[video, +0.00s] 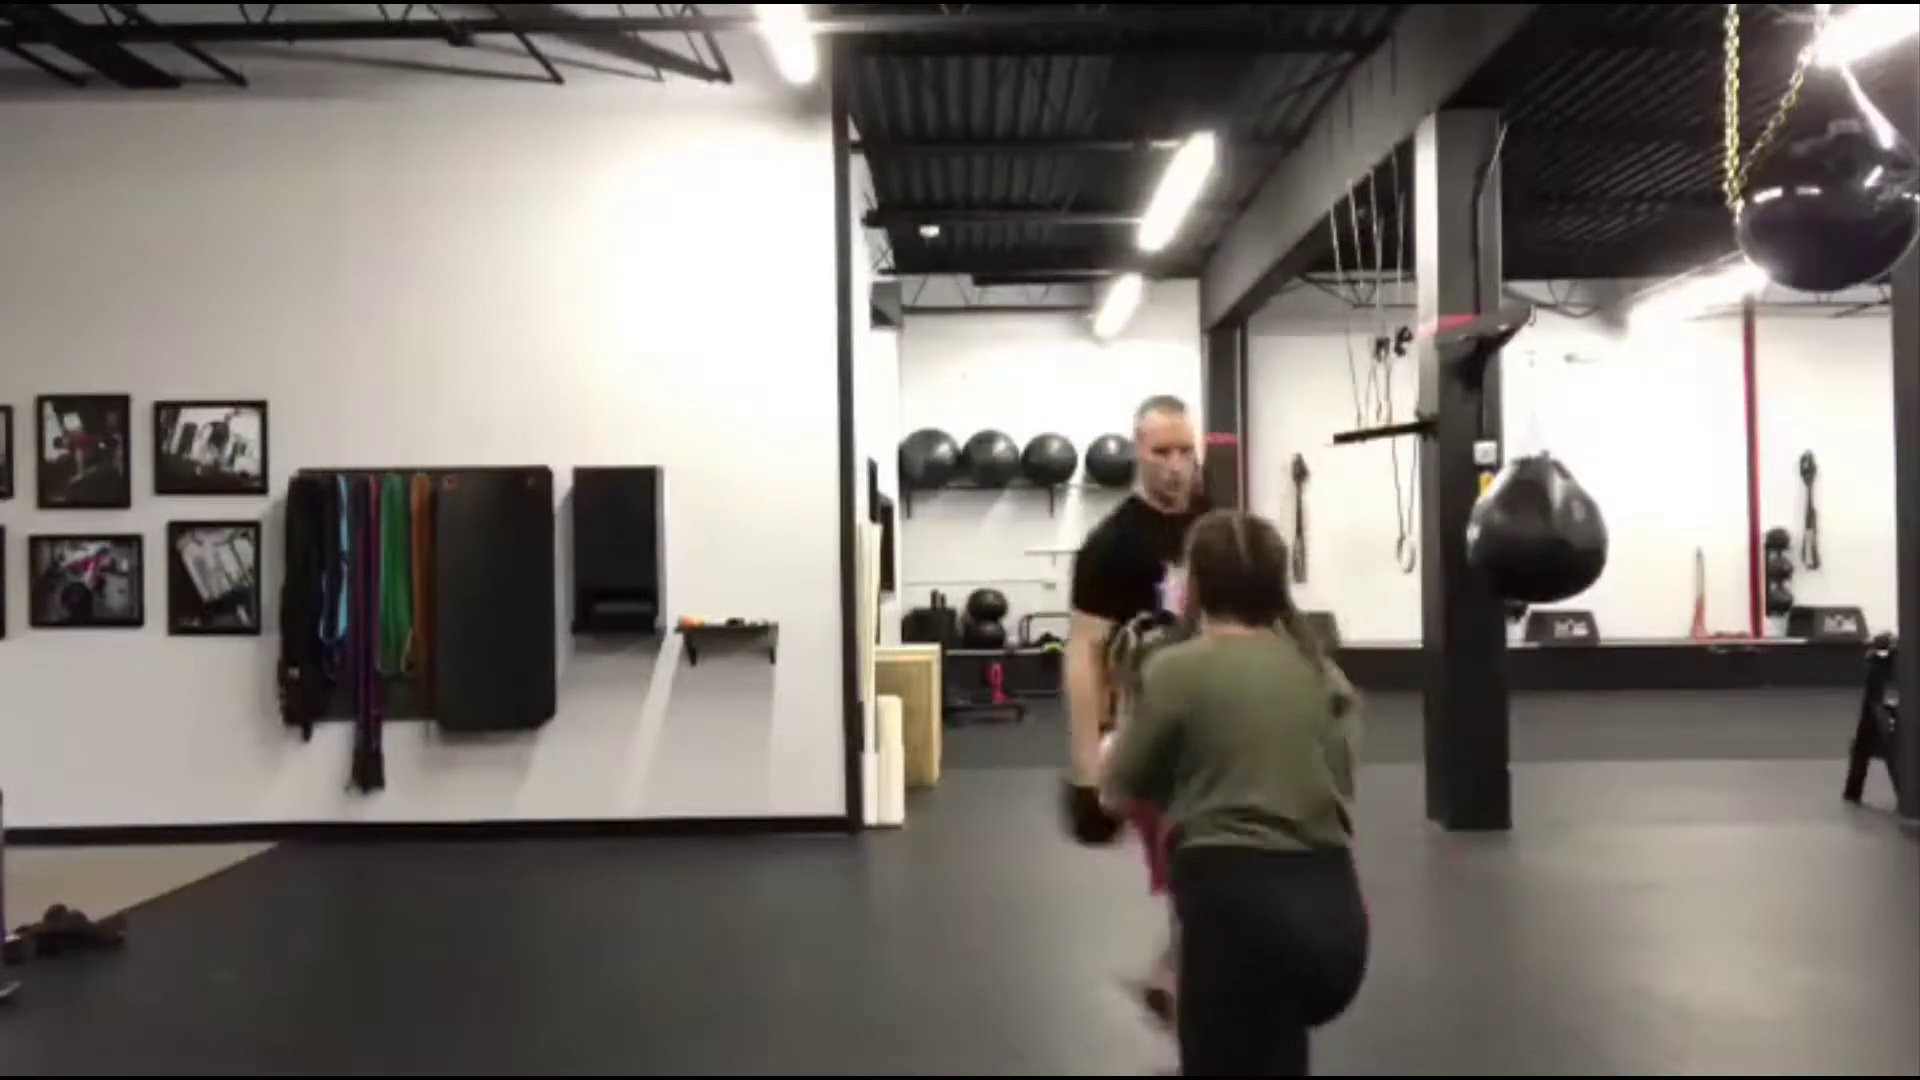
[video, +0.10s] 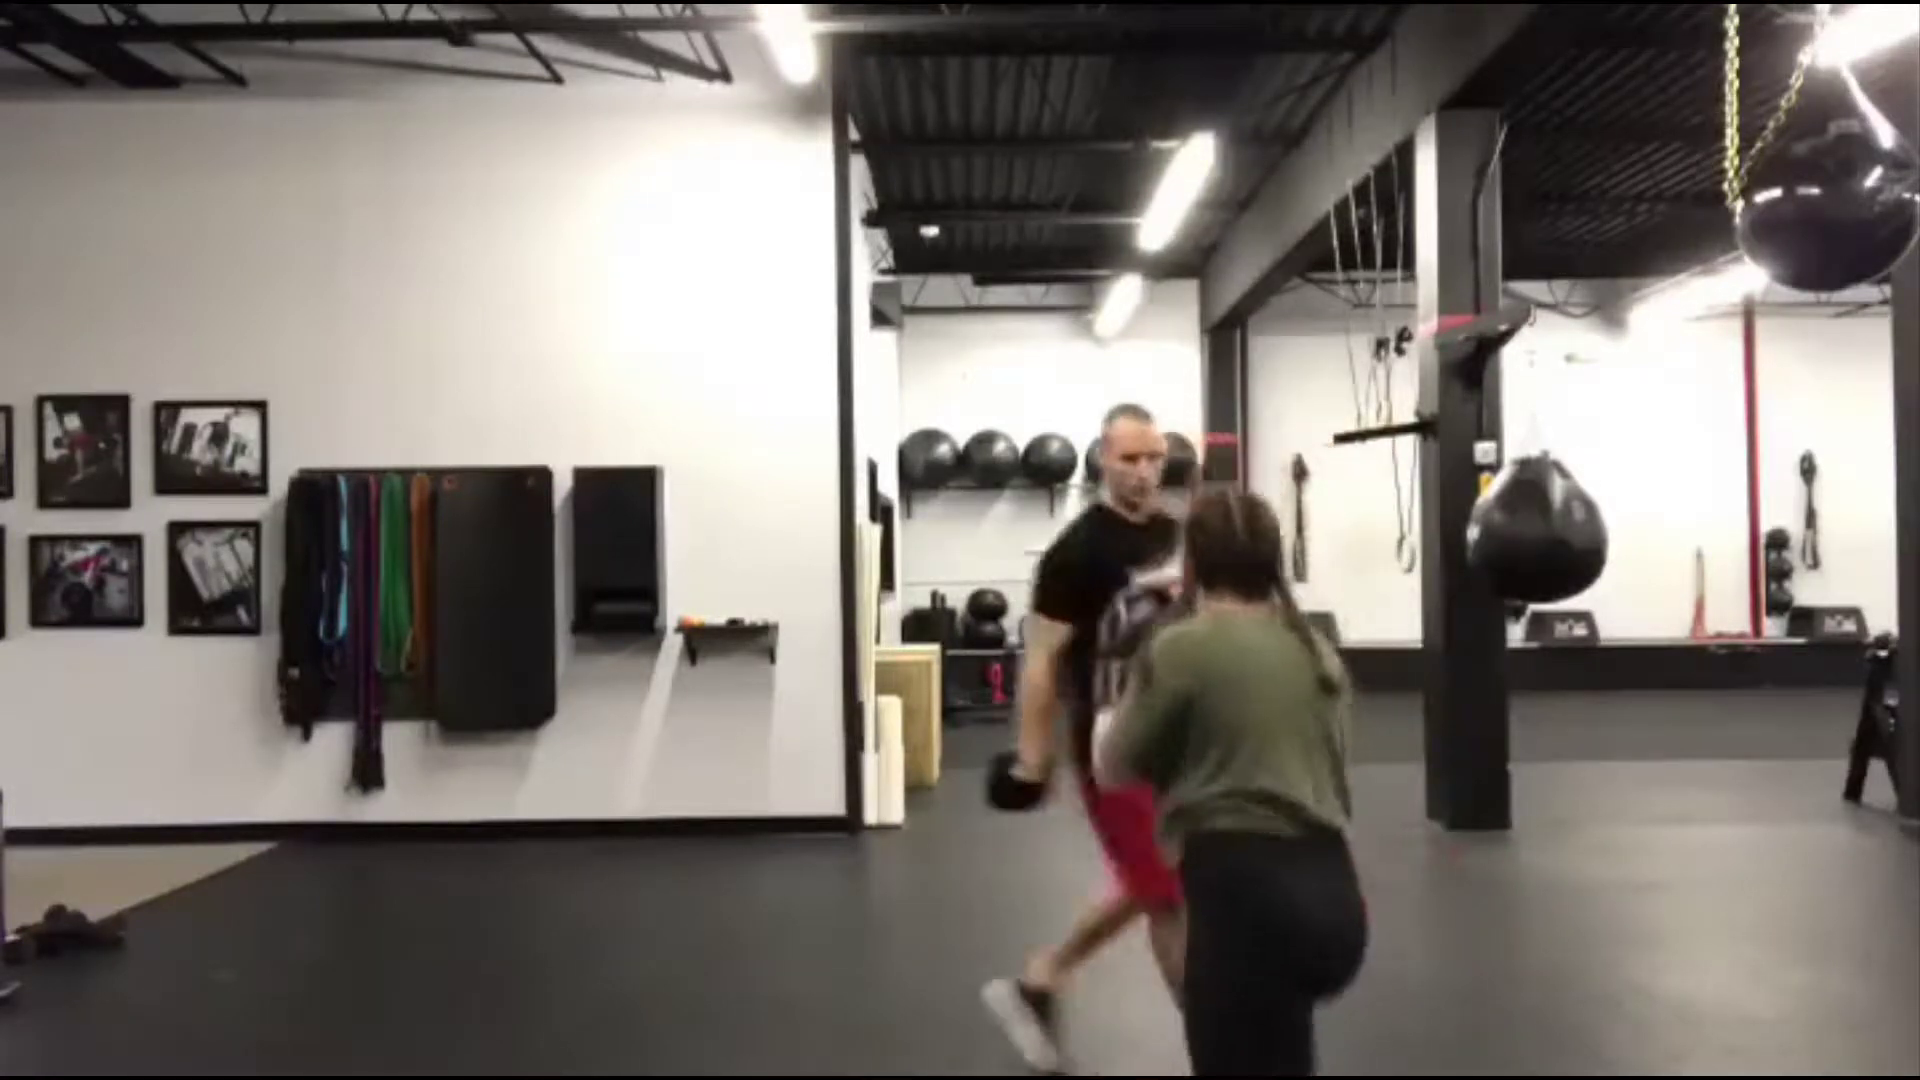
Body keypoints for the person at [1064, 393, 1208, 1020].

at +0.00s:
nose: (1174, 466)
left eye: (1184, 451)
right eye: (1160, 453)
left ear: (1200, 451)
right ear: (1136, 456)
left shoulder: (1222, 527)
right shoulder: (1113, 541)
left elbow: (1258, 625)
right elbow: (1086, 648)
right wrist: (1087, 764)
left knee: (1236, 851)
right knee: (1187, 863)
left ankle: (1179, 976)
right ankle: (1173, 977)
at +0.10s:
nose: (1142, 472)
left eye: (1152, 459)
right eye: (1128, 458)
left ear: (1164, 461)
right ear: (1101, 462)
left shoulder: (1178, 537)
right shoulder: (1079, 548)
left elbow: (1200, 628)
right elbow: (1044, 652)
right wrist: (1033, 757)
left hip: (1170, 718)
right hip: (1103, 731)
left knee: (1147, 876)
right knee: (1165, 891)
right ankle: (1211, 1036)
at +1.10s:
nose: (836, 476)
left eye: (843, 464)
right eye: (823, 463)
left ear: (847, 469)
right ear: (786, 465)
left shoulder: (835, 545)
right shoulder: (753, 549)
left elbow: (845, 640)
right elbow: (730, 657)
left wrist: (867, 695)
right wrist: (822, 714)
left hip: (791, 748)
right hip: (750, 752)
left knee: (760, 885)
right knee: (768, 909)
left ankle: (692, 981)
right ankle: (750, 1061)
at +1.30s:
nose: (808, 498)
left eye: (814, 486)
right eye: (797, 485)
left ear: (812, 490)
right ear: (760, 484)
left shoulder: (798, 565)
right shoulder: (726, 562)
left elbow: (800, 642)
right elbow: (679, 661)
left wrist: (825, 656)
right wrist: (761, 725)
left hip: (757, 757)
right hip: (723, 761)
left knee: (704, 883)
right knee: (783, 892)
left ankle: (647, 1013)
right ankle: (752, 1061)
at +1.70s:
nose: (795, 496)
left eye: (801, 485)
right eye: (785, 482)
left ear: (793, 487)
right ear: (745, 478)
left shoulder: (765, 557)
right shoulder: (713, 559)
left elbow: (783, 632)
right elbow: (693, 661)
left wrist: (846, 630)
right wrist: (795, 657)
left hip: (714, 757)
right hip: (706, 762)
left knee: (691, 888)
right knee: (758, 904)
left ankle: (644, 1014)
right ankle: (759, 1065)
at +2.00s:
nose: (801, 497)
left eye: (806, 485)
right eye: (792, 483)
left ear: (792, 487)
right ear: (750, 478)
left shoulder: (760, 558)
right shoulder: (720, 556)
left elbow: (788, 655)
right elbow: (733, 654)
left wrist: (831, 605)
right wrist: (811, 593)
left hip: (709, 754)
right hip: (701, 758)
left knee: (694, 882)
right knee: (760, 903)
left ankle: (636, 1000)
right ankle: (761, 1066)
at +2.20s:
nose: (784, 507)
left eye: (788, 495)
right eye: (772, 494)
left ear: (779, 499)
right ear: (733, 494)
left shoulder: (744, 570)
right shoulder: (703, 570)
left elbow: (739, 672)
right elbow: (687, 675)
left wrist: (790, 638)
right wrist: (777, 630)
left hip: (698, 760)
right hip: (691, 765)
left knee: (685, 890)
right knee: (763, 901)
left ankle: (619, 1009)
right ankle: (760, 1066)